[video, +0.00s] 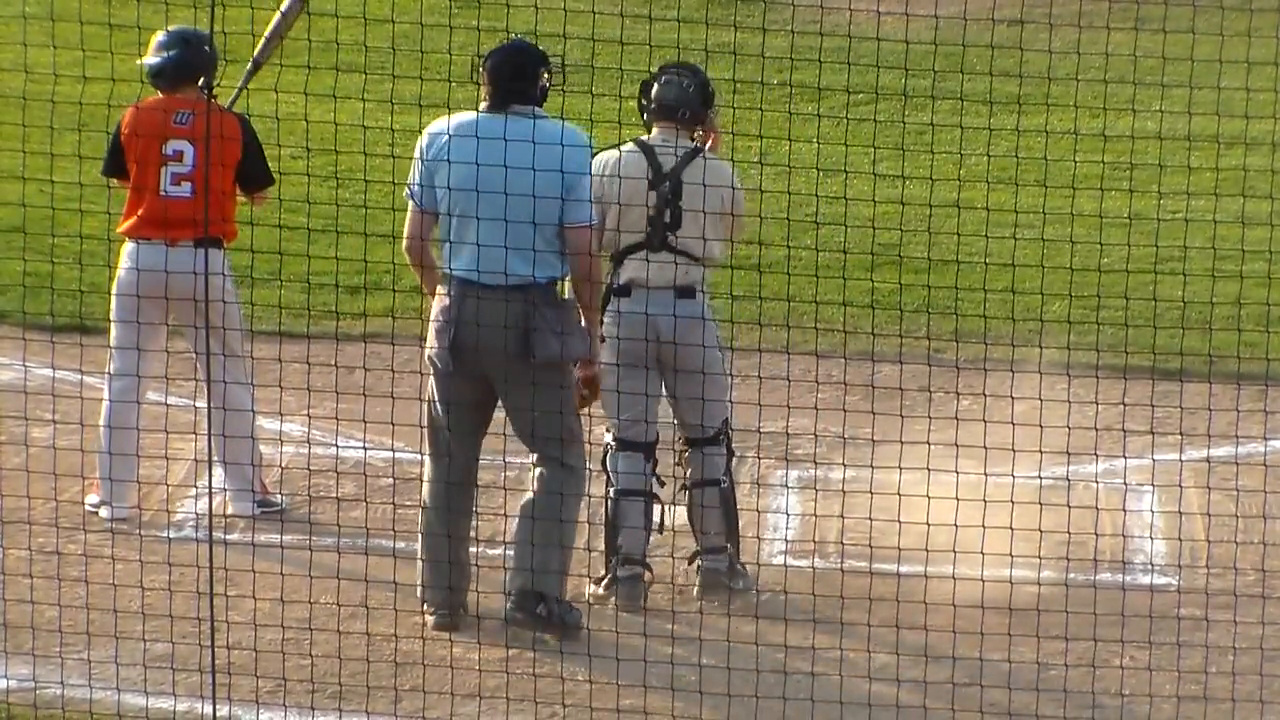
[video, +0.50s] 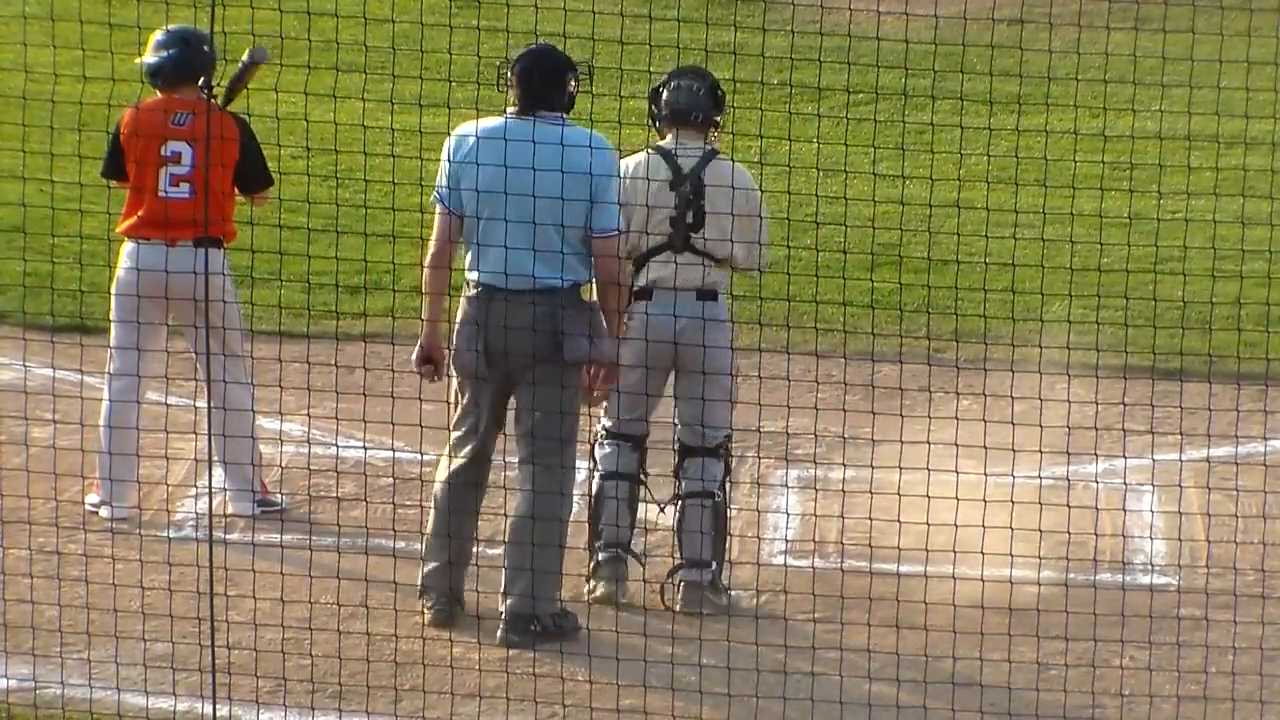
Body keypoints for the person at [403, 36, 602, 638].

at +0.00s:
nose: (543, 90)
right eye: (543, 83)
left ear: (483, 87)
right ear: (541, 88)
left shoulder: (440, 136)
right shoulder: (570, 143)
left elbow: (415, 244)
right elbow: (583, 252)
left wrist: (441, 295)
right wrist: (591, 335)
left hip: (457, 318)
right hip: (536, 321)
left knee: (450, 461)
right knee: (561, 459)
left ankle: (444, 600)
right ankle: (534, 593)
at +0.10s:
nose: (543, 91)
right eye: (543, 84)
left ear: (484, 87)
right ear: (541, 88)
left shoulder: (442, 137)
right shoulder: (570, 142)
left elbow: (414, 243)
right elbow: (584, 256)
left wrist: (439, 292)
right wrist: (588, 337)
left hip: (461, 318)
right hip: (537, 321)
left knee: (452, 461)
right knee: (556, 463)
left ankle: (444, 600)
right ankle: (532, 599)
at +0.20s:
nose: (553, 92)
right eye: (552, 84)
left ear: (490, 88)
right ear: (547, 89)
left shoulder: (449, 139)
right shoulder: (577, 143)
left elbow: (423, 246)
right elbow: (592, 253)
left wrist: (439, 302)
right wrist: (591, 333)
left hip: (471, 315)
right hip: (547, 318)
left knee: (456, 461)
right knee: (545, 466)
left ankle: (444, 600)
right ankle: (530, 608)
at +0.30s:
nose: (562, 95)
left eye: (557, 86)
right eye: (561, 88)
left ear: (500, 90)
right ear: (555, 91)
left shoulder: (458, 142)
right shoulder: (586, 148)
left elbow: (433, 251)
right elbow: (604, 256)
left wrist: (436, 320)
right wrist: (596, 338)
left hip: (478, 316)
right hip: (555, 319)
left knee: (459, 451)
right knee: (543, 463)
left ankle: (444, 593)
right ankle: (529, 608)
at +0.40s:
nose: (571, 96)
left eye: (567, 88)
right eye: (569, 89)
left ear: (508, 92)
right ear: (562, 93)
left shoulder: (463, 142)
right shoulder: (592, 151)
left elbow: (438, 251)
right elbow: (607, 263)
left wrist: (434, 327)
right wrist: (605, 341)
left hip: (480, 318)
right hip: (558, 322)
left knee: (460, 443)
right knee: (548, 462)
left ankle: (442, 585)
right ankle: (529, 608)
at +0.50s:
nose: (574, 98)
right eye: (574, 91)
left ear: (511, 92)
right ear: (567, 94)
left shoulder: (467, 141)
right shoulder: (594, 151)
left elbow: (440, 249)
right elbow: (607, 259)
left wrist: (432, 328)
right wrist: (613, 338)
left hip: (482, 316)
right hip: (559, 321)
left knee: (465, 450)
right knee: (548, 464)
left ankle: (441, 591)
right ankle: (529, 609)